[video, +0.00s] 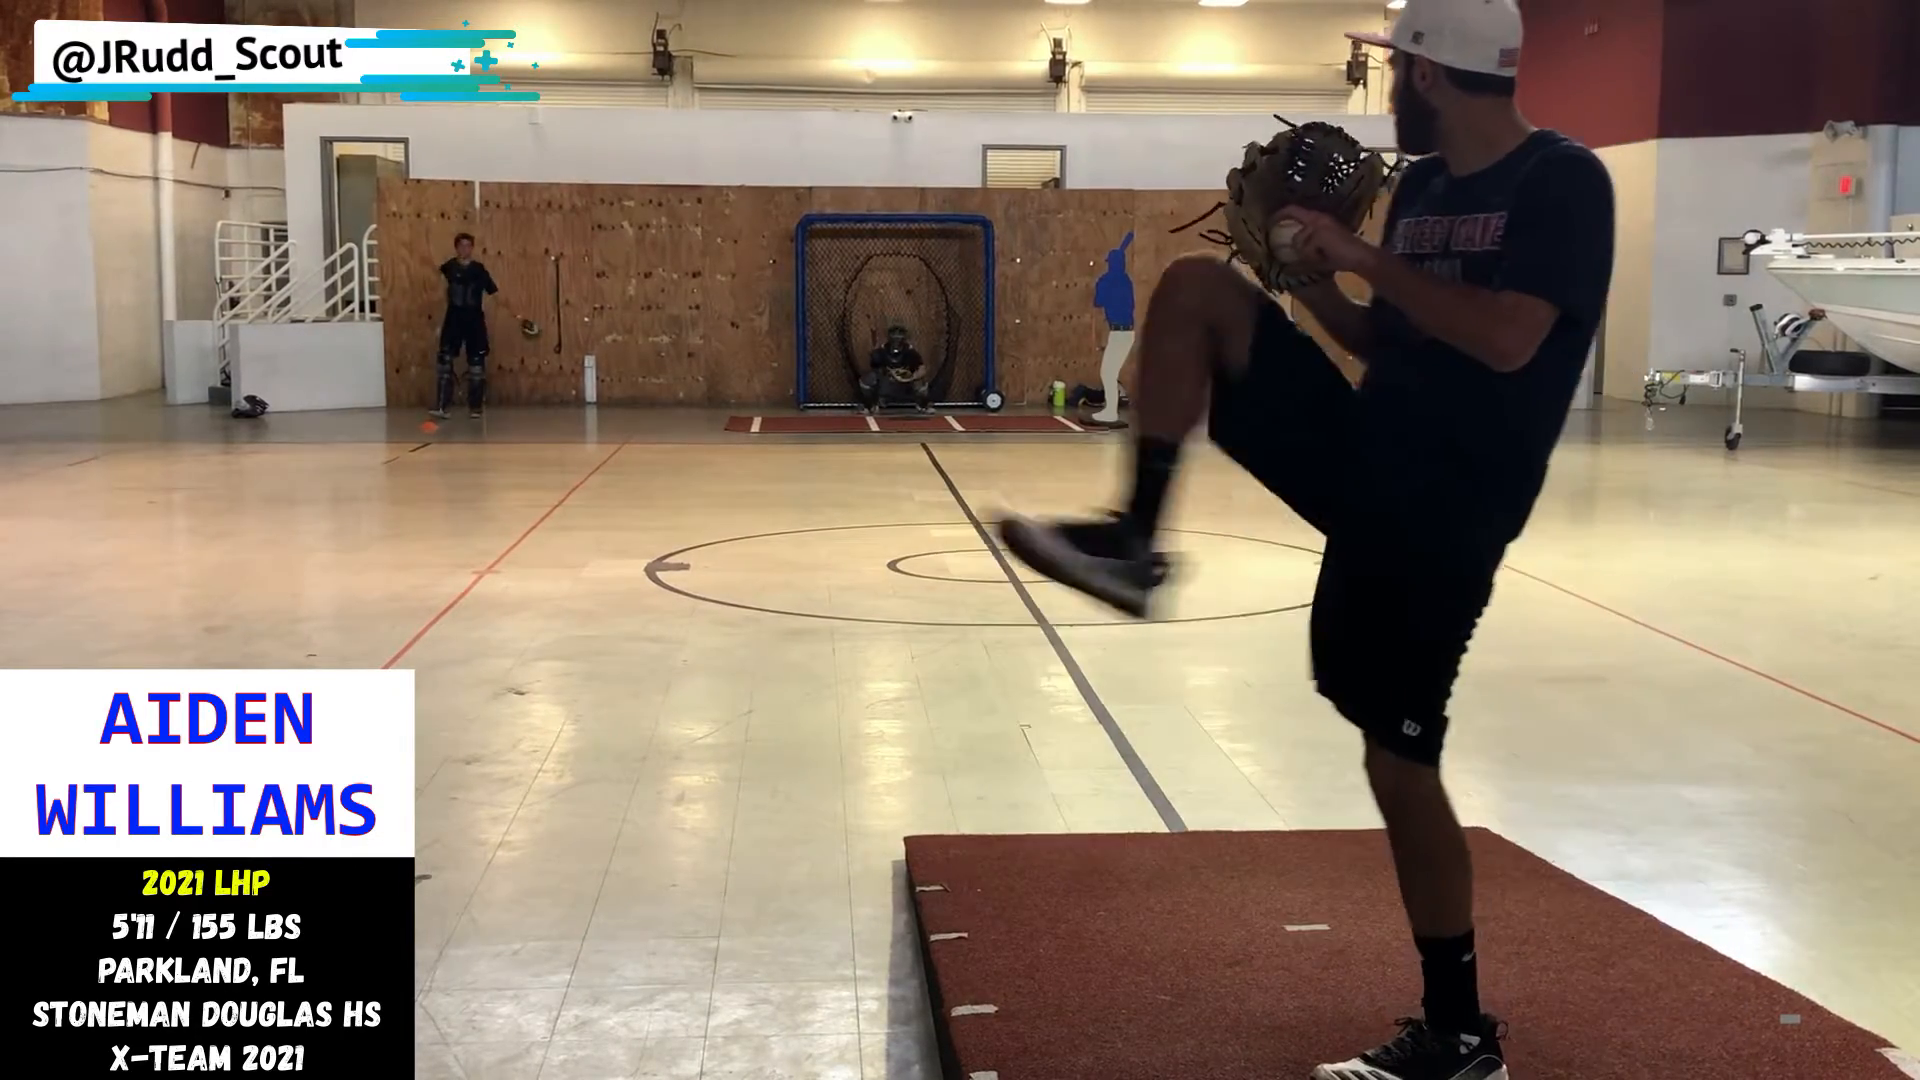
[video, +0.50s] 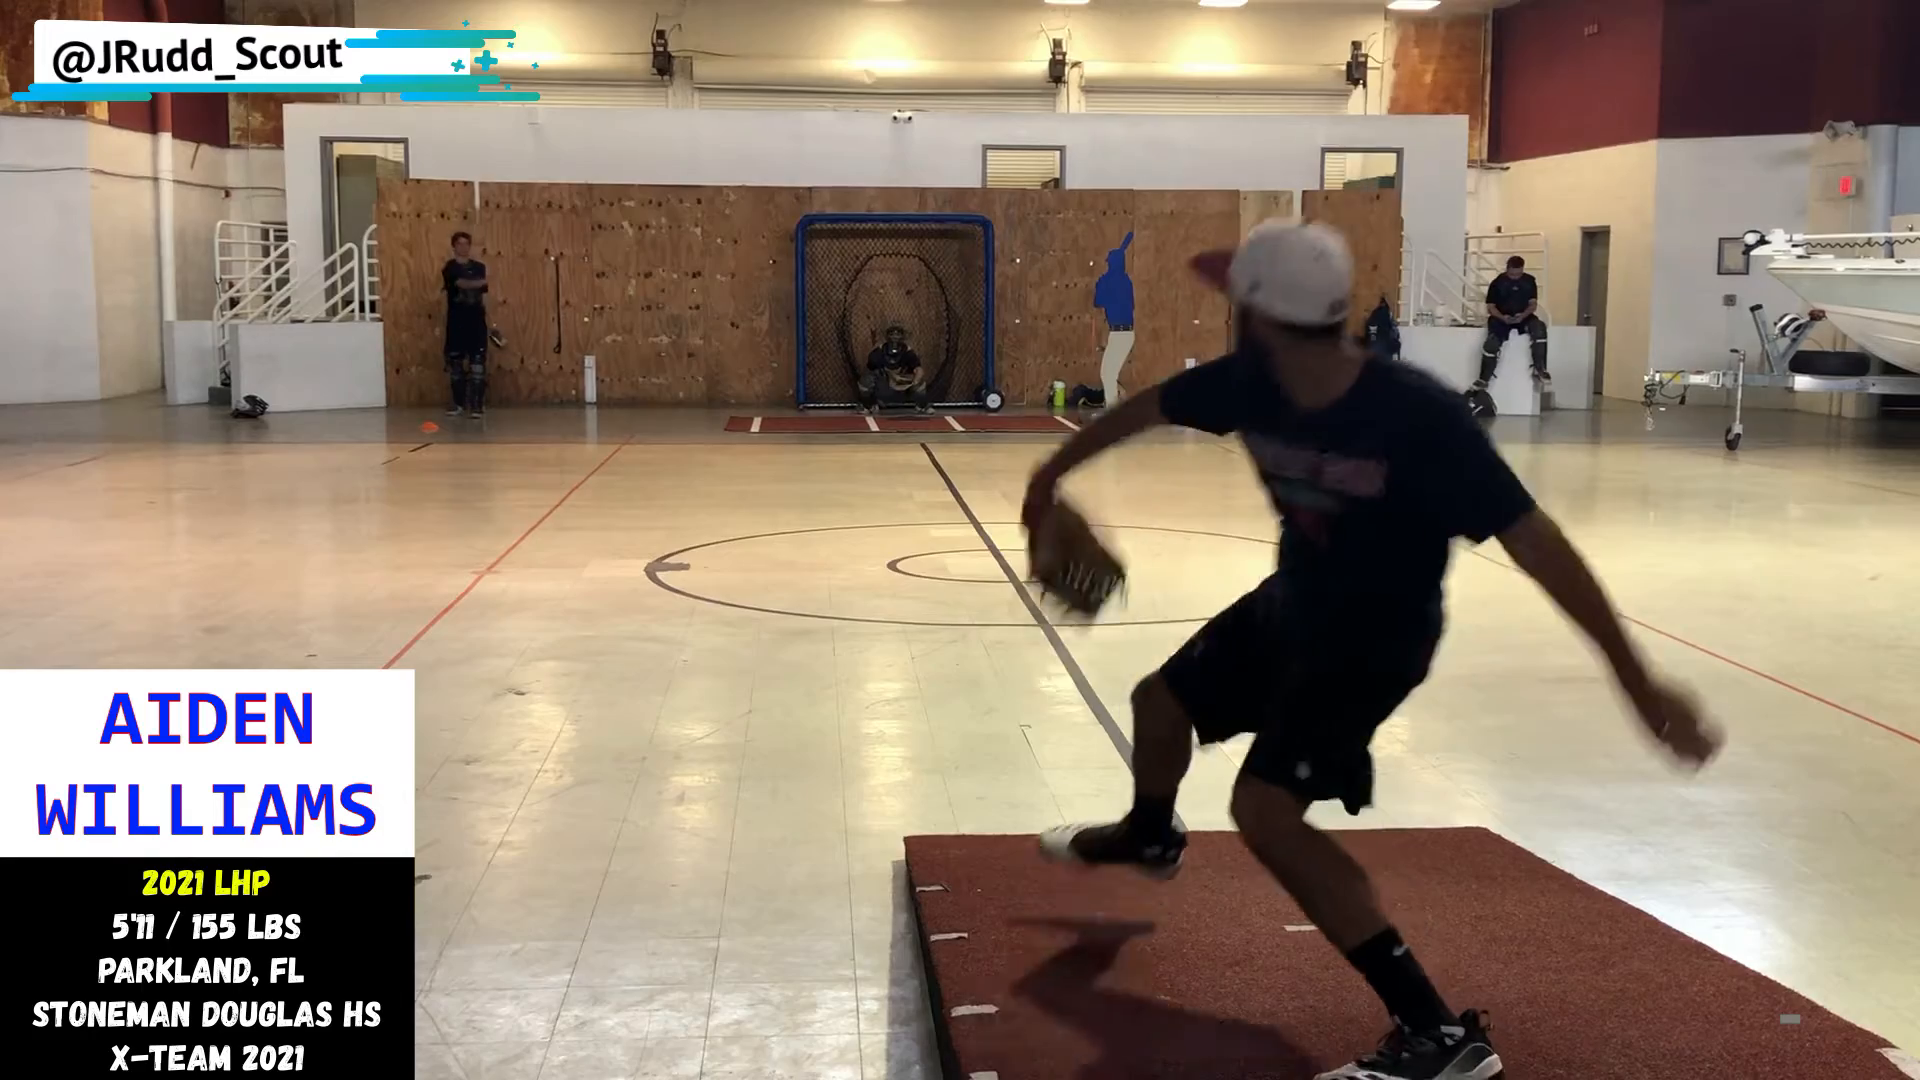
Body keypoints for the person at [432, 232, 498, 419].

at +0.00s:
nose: (465, 249)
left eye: (468, 246)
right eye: (462, 246)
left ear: (472, 248)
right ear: (456, 248)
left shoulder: (478, 269)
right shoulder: (449, 267)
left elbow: (493, 291)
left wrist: (515, 313)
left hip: (474, 319)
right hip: (454, 318)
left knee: (476, 361)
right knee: (445, 358)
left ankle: (476, 406)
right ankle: (443, 404)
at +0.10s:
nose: (468, 249)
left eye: (471, 245)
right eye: (464, 246)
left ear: (475, 248)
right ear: (458, 248)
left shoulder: (482, 269)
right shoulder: (452, 267)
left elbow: (495, 294)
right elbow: (436, 284)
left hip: (476, 320)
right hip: (455, 319)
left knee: (477, 362)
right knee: (446, 359)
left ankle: (476, 406)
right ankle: (443, 403)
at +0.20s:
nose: (469, 249)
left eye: (471, 245)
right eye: (465, 245)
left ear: (476, 247)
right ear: (459, 248)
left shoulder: (484, 269)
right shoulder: (454, 268)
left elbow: (494, 291)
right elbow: (440, 286)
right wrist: (457, 289)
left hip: (477, 319)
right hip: (456, 319)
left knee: (478, 362)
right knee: (448, 359)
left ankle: (476, 406)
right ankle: (445, 403)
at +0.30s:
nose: (469, 249)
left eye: (472, 245)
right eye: (465, 245)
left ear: (476, 247)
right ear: (459, 247)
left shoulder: (483, 268)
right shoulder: (452, 268)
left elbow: (491, 291)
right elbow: (447, 290)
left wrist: (475, 296)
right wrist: (462, 297)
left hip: (478, 321)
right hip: (457, 322)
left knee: (478, 363)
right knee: (453, 361)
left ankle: (476, 405)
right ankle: (452, 402)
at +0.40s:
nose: (466, 248)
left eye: (469, 244)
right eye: (463, 244)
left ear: (473, 246)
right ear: (456, 247)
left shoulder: (481, 268)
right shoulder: (451, 268)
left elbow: (488, 297)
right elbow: (455, 292)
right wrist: (472, 302)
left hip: (477, 321)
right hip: (457, 321)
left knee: (478, 362)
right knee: (454, 361)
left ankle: (476, 405)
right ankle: (458, 402)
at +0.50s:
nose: (463, 247)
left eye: (466, 244)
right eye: (459, 244)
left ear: (470, 246)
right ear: (454, 247)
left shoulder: (478, 268)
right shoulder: (449, 268)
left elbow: (482, 291)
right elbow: (458, 284)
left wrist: (488, 323)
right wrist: (481, 283)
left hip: (476, 322)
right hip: (456, 322)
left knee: (477, 363)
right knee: (455, 362)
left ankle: (476, 405)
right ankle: (458, 403)